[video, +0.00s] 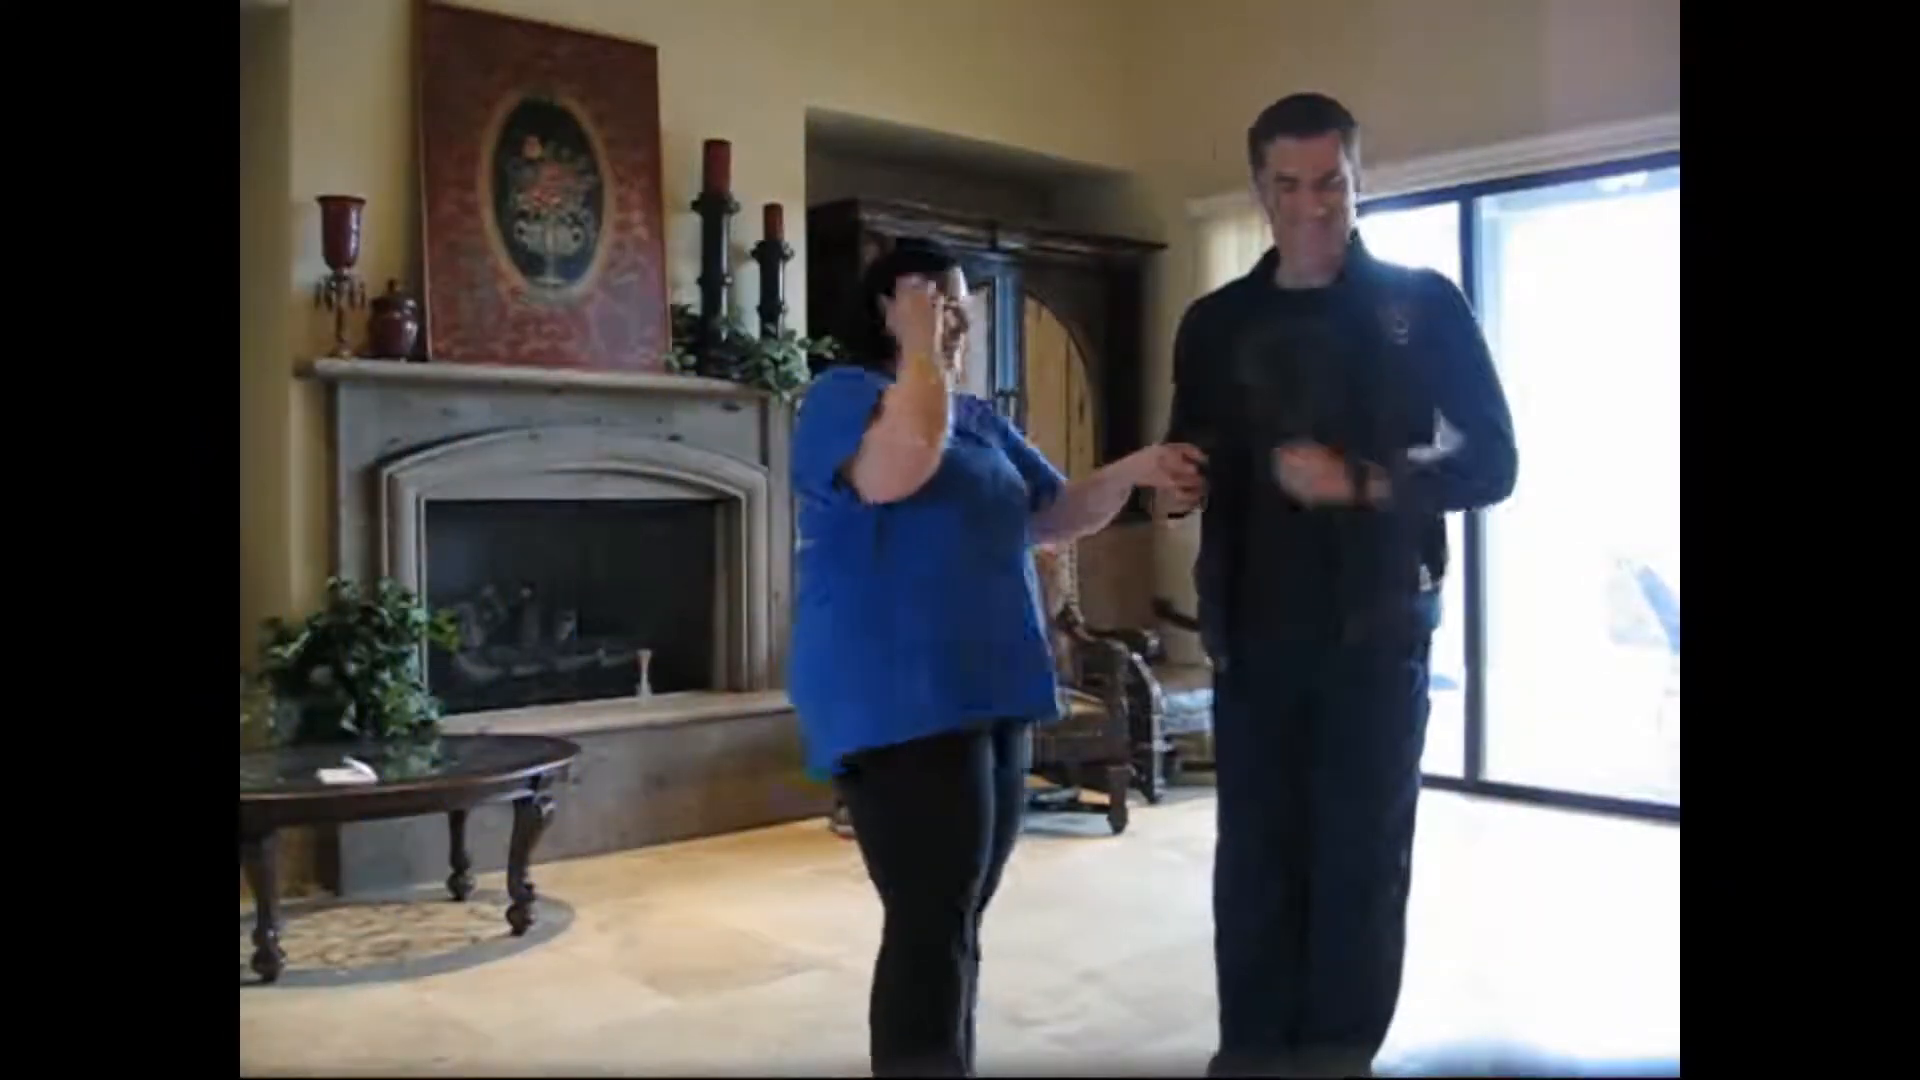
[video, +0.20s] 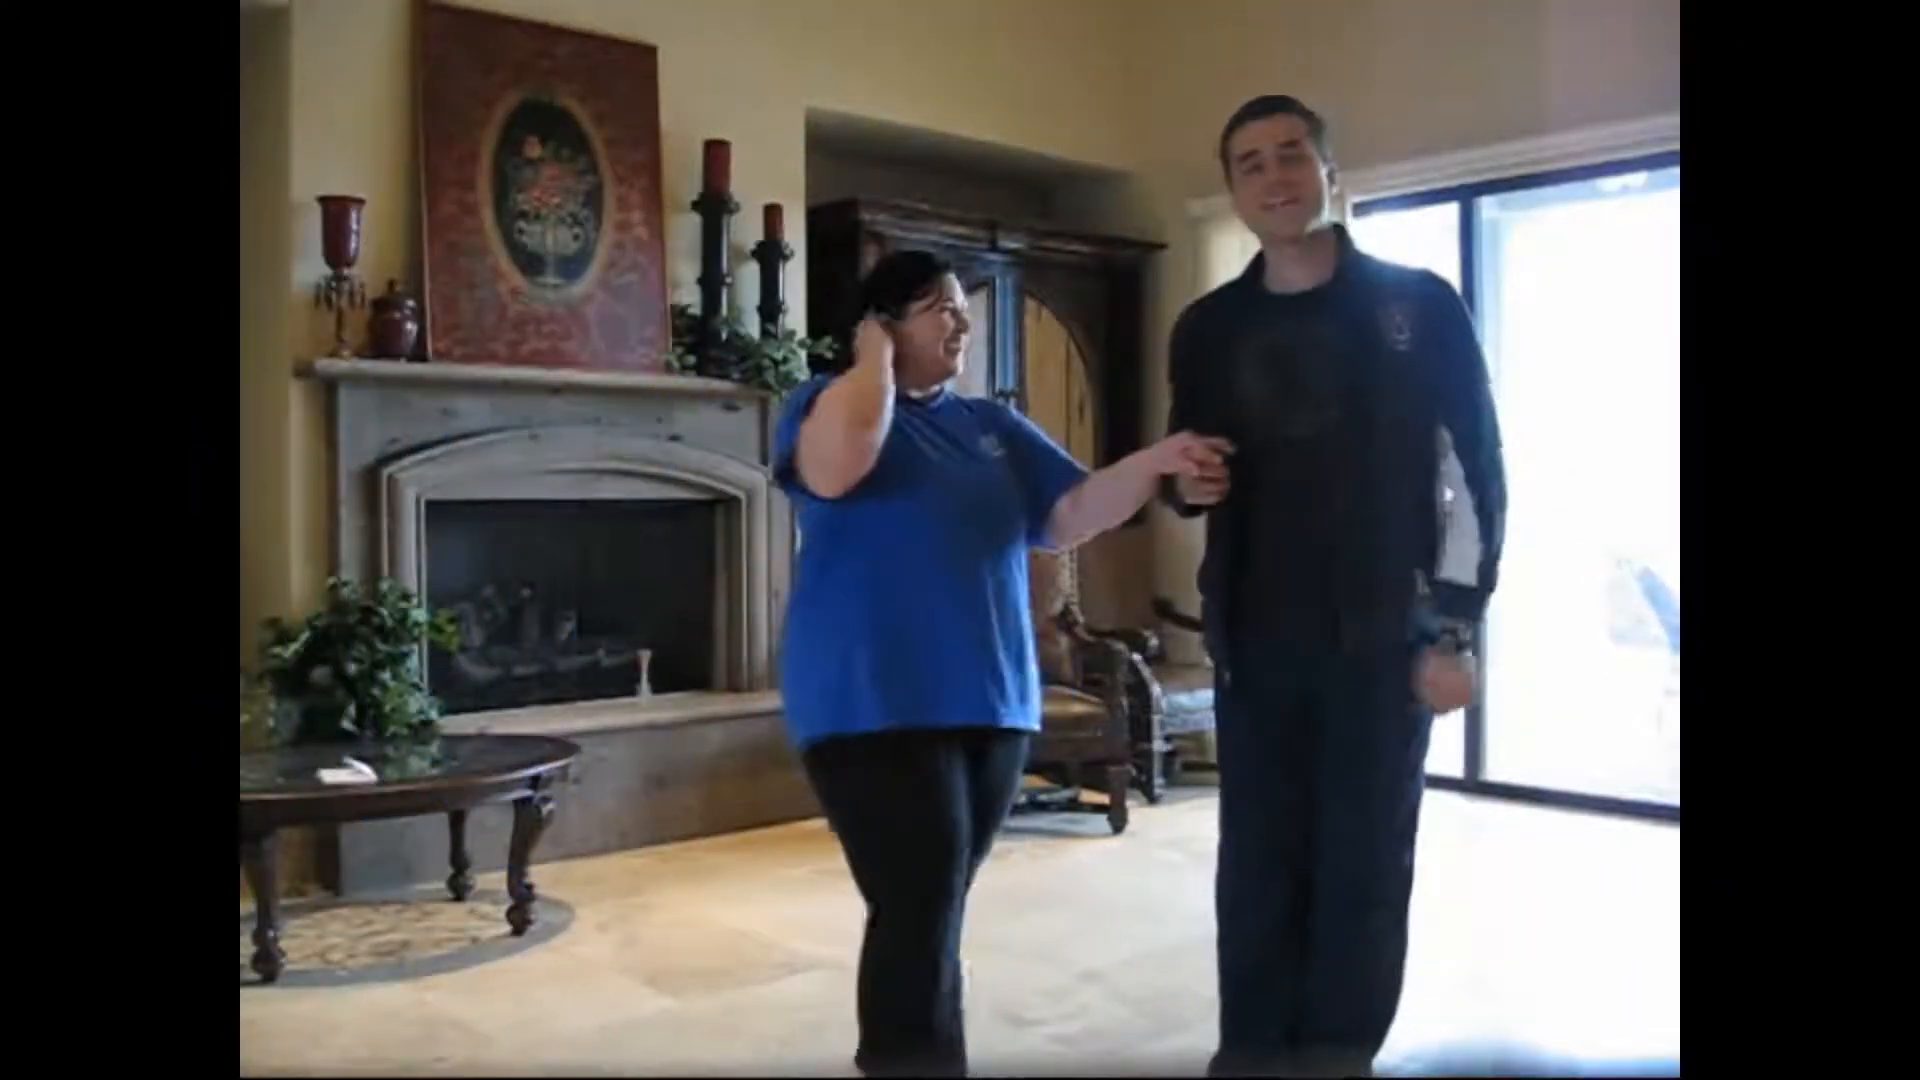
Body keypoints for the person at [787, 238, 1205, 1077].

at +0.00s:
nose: (953, 304)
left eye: (958, 292)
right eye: (931, 292)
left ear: (968, 313)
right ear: (882, 309)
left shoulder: (979, 419)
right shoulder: (840, 399)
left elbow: (1054, 512)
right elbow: (892, 472)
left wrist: (1135, 470)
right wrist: (921, 352)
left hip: (993, 699)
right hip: (898, 703)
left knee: (956, 920)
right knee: (931, 919)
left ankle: (947, 1064)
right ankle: (916, 1071)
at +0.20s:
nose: (961, 321)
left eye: (962, 308)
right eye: (939, 310)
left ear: (965, 323)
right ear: (885, 328)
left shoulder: (988, 422)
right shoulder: (829, 405)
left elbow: (1069, 513)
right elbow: (831, 471)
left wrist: (1154, 461)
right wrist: (871, 359)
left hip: (990, 702)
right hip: (865, 702)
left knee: (933, 911)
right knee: (921, 907)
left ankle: (905, 1064)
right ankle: (916, 1069)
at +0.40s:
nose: (935, 315)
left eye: (942, 303)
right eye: (912, 304)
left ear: (955, 324)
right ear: (864, 323)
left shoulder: (989, 420)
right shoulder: (817, 406)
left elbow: (1063, 510)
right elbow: (778, 490)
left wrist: (1154, 465)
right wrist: (868, 393)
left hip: (978, 705)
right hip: (846, 702)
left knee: (935, 924)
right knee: (870, 921)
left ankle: (923, 1070)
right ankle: (862, 1072)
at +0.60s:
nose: (888, 330)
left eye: (903, 315)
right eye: (871, 313)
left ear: (929, 329)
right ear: (838, 326)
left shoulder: (971, 421)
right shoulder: (794, 409)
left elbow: (1059, 503)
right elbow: (784, 486)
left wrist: (1157, 488)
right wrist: (852, 351)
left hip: (955, 710)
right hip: (817, 707)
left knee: (923, 915)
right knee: (825, 919)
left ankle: (915, 1066)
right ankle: (814, 1070)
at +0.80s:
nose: (837, 322)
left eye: (856, 307)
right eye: (824, 307)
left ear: (899, 318)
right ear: (805, 314)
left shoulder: (947, 416)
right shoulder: (768, 395)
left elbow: (1038, 505)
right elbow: (802, 462)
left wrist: (1154, 506)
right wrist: (889, 352)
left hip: (927, 709)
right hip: (788, 703)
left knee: (914, 917)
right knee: (808, 920)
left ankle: (913, 1064)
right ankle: (812, 1067)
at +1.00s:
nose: (815, 325)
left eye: (837, 311)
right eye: (803, 309)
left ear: (883, 324)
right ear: (787, 315)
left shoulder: (930, 418)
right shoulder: (756, 396)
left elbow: (1021, 507)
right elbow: (791, 478)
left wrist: (1137, 517)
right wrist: (876, 381)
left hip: (911, 714)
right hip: (773, 708)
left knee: (906, 923)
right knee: (800, 927)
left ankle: (911, 1068)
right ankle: (811, 1070)